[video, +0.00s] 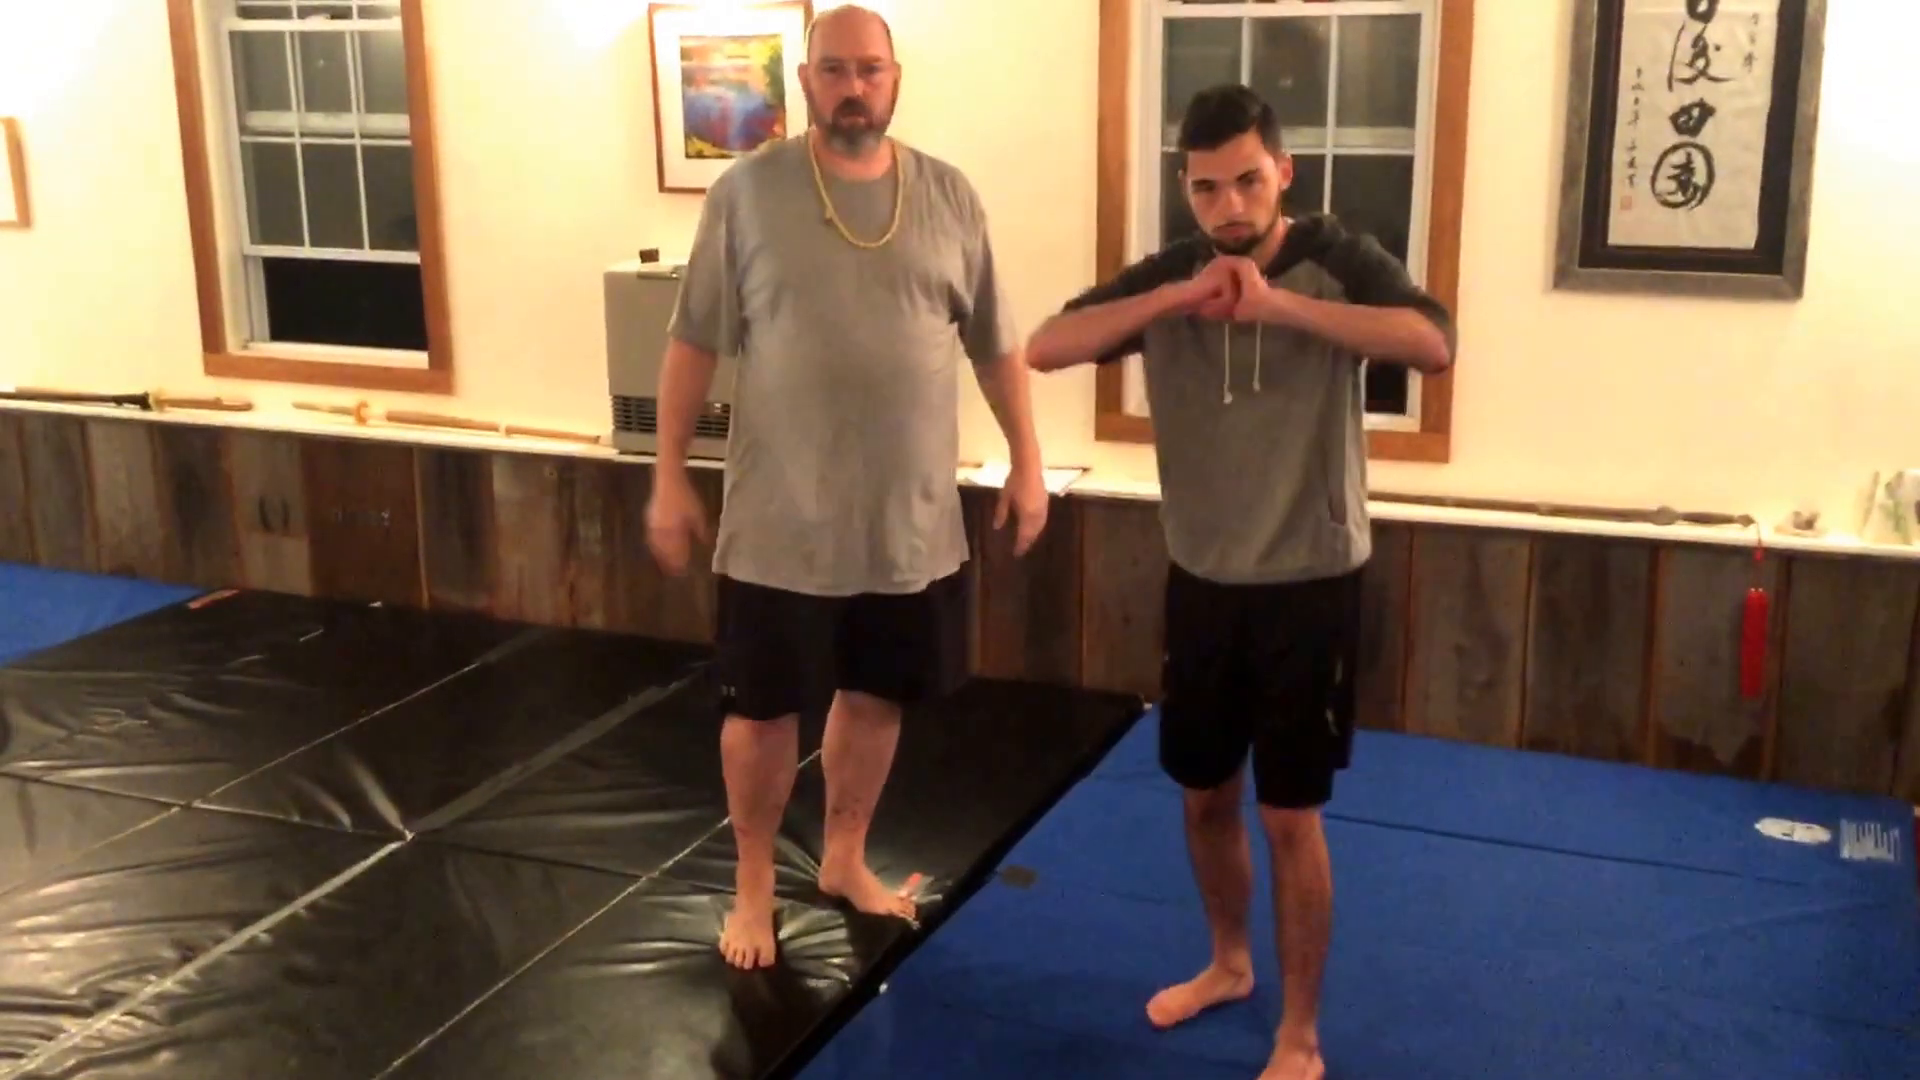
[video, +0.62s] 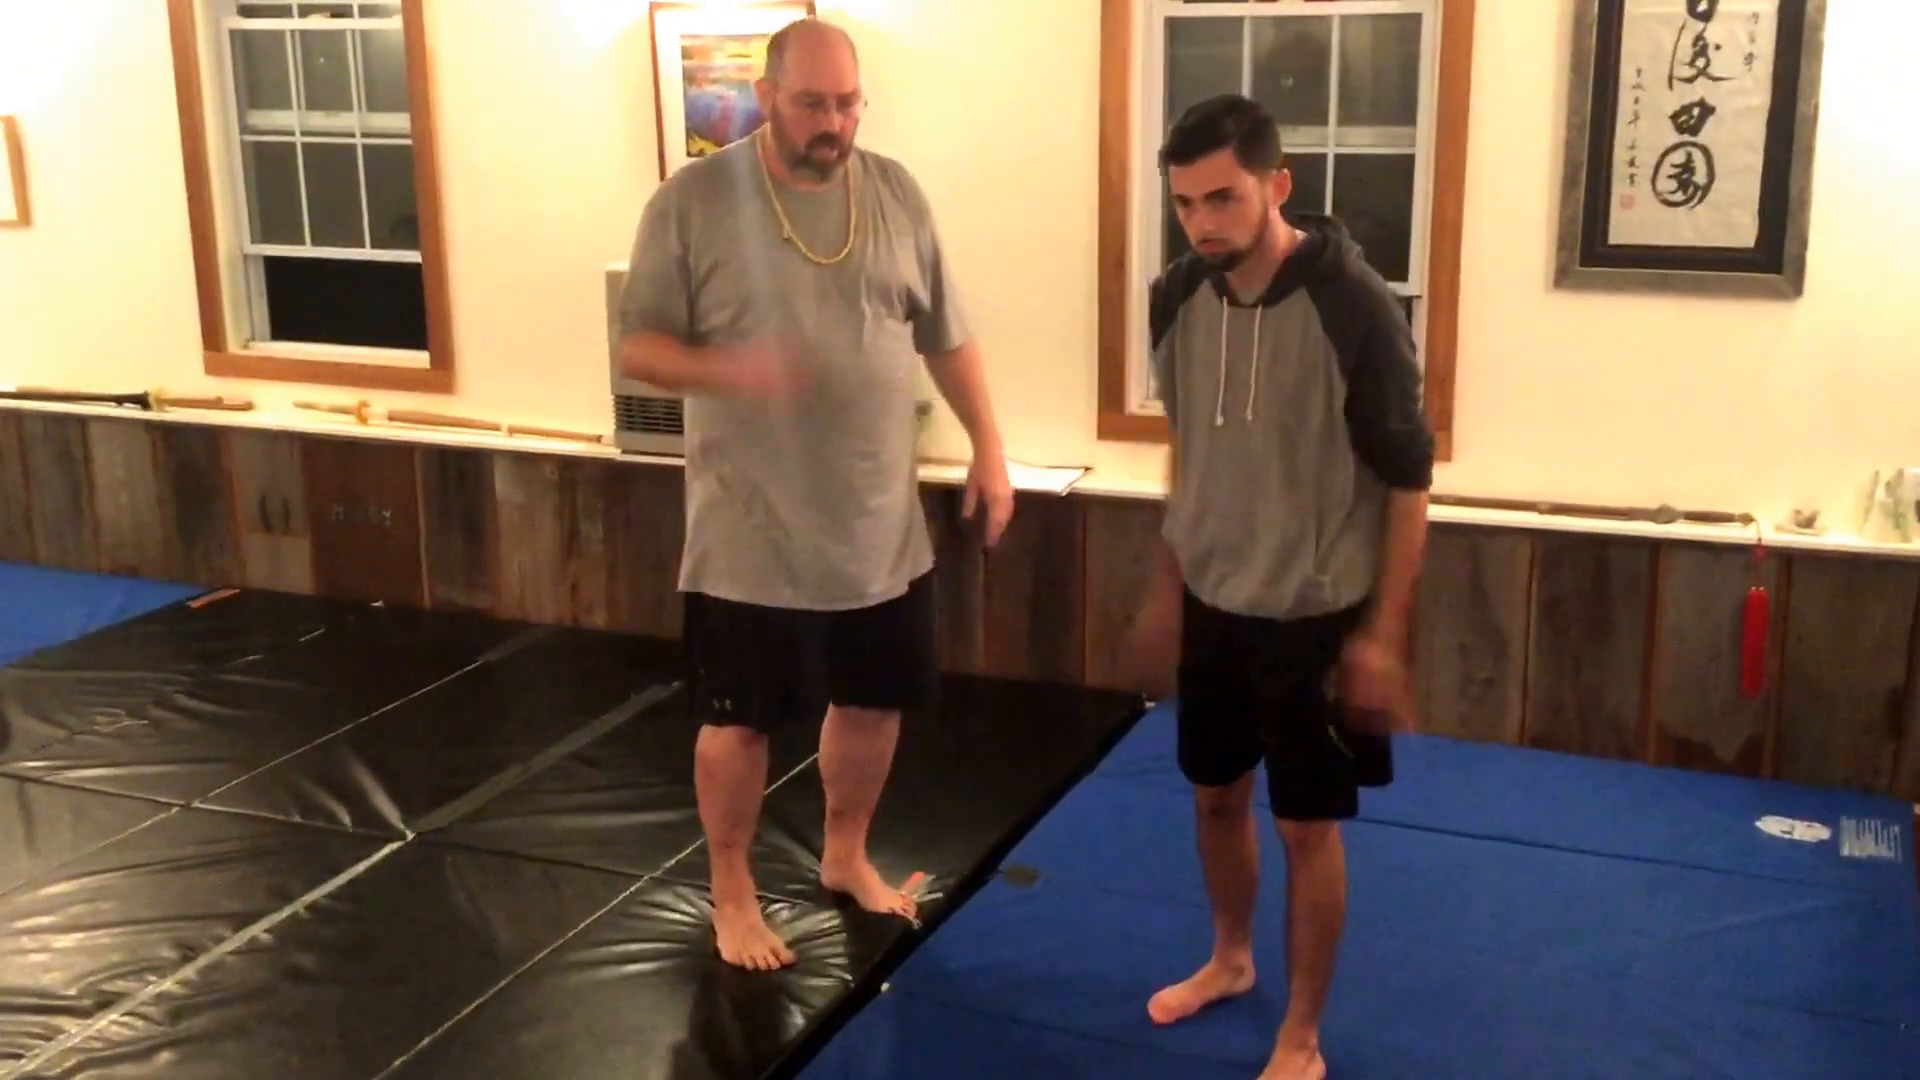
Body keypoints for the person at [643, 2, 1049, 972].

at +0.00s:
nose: (853, 88)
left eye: (870, 70)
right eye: (834, 70)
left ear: (898, 78)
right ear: (805, 78)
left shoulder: (947, 196)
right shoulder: (746, 192)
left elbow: (993, 340)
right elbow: (694, 340)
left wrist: (1028, 463)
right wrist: (668, 478)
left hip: (907, 509)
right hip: (778, 508)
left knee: (878, 695)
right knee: (761, 710)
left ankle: (846, 862)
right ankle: (752, 888)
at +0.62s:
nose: (833, 121)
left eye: (847, 101)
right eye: (812, 102)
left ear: (862, 96)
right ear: (767, 96)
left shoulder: (893, 191)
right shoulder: (692, 200)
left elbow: (944, 330)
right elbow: (639, 347)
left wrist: (989, 448)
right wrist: (733, 369)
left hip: (874, 513)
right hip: (747, 518)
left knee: (874, 697)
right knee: (736, 719)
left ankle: (845, 860)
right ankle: (733, 895)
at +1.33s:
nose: (952, 166)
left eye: (964, 148)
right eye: (939, 143)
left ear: (969, 141)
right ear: (884, 117)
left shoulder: (942, 211)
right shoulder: (794, 207)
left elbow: (951, 353)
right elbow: (733, 357)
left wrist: (977, 459)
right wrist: (868, 409)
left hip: (926, 515)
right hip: (807, 525)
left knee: (954, 692)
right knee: (770, 718)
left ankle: (992, 861)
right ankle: (733, 884)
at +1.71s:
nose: (1086, 185)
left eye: (1099, 169)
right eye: (1078, 162)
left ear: (1102, 150)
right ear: (1030, 121)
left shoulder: (1064, 211)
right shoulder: (915, 191)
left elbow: (1078, 342)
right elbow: (826, 324)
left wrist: (1118, 448)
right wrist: (811, 473)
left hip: (1009, 497)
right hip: (906, 496)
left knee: (995, 677)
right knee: (910, 683)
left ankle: (990, 851)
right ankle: (856, 836)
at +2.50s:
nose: (1064, 195)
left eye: (1079, 180)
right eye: (1055, 173)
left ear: (1082, 167)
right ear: (1004, 134)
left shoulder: (1034, 211)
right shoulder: (904, 199)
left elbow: (1028, 348)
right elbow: (830, 349)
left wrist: (1075, 438)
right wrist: (877, 492)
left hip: (973, 514)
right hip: (857, 513)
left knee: (993, 673)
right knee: (799, 695)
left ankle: (983, 842)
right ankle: (716, 887)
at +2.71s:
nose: (965, 190)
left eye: (978, 172)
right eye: (954, 168)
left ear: (984, 158)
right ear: (897, 138)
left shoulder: (946, 219)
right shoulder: (808, 224)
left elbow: (963, 351)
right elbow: (750, 380)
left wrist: (1006, 456)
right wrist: (802, 521)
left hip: (930, 533)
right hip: (818, 543)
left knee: (969, 685)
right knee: (766, 729)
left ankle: (981, 840)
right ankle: (703, 910)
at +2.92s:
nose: (890, 169)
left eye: (904, 149)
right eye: (873, 147)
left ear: (914, 136)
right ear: (819, 124)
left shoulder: (908, 210)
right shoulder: (744, 221)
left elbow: (912, 361)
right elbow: (680, 383)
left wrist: (927, 476)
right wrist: (690, 533)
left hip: (896, 521)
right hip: (784, 539)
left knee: (932, 692)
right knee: (747, 735)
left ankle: (979, 840)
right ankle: (699, 914)